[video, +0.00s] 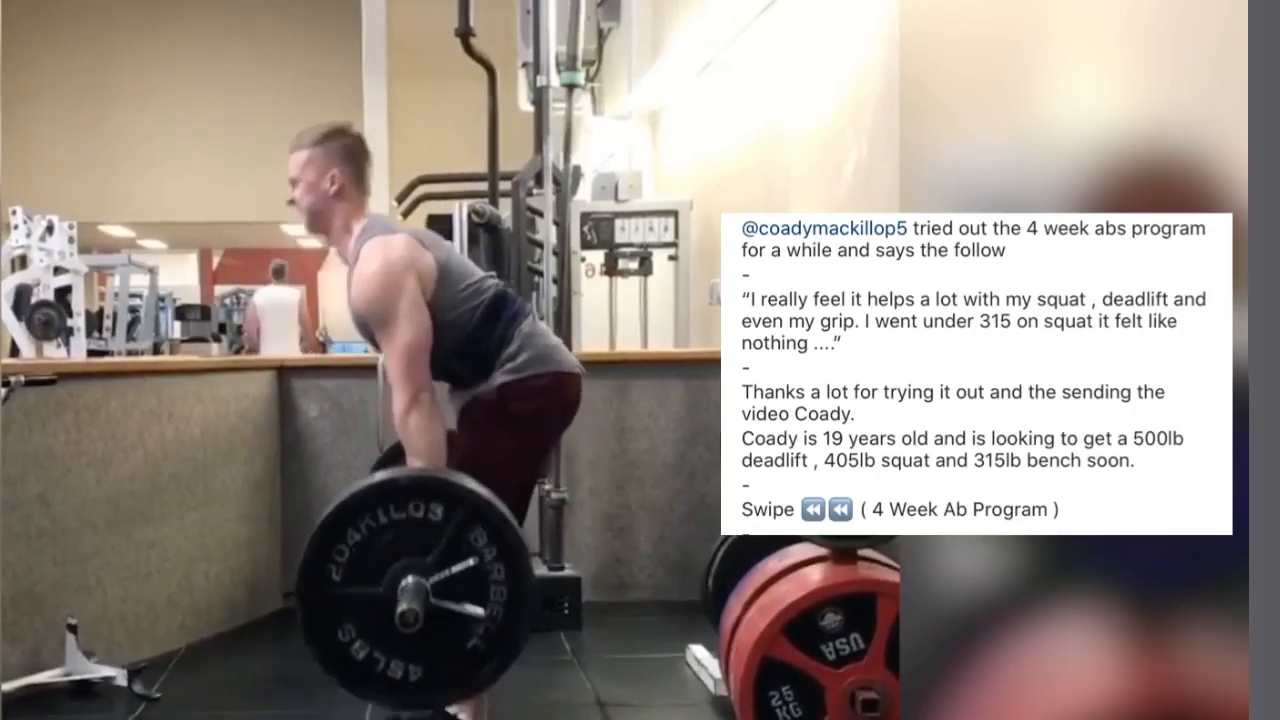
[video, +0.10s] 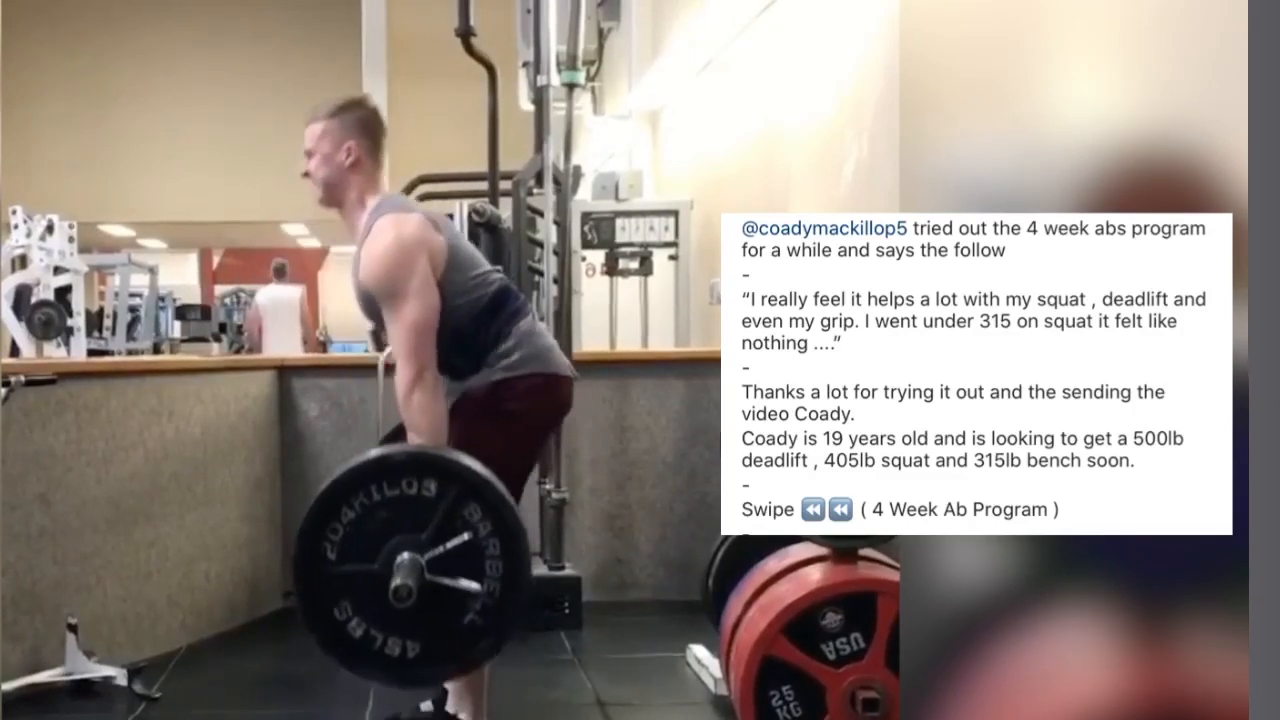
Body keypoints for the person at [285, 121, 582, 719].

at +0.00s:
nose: (290, 196)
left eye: (297, 182)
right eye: (290, 184)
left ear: (335, 180)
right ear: (336, 183)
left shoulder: (384, 263)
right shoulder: (366, 258)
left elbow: (416, 402)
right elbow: (400, 385)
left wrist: (434, 522)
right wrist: (418, 509)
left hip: (528, 380)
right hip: (500, 381)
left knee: (463, 538)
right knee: (455, 533)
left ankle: (465, 701)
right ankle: (453, 696)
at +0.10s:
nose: (304, 168)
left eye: (312, 153)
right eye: (304, 155)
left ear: (350, 154)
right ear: (353, 156)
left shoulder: (395, 237)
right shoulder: (383, 233)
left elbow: (419, 380)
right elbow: (411, 373)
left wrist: (433, 504)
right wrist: (416, 498)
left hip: (520, 379)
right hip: (495, 378)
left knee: (456, 538)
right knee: (445, 531)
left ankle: (466, 708)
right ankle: (454, 700)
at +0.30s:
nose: (344, 120)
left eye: (353, 105)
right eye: (345, 106)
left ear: (393, 104)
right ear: (393, 108)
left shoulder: (420, 195)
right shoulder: (410, 184)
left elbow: (429, 339)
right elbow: (435, 307)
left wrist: (424, 461)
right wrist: (406, 332)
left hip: (487, 381)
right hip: (475, 374)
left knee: (459, 548)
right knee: (451, 542)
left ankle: (466, 708)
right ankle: (458, 696)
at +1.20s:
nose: (375, 104)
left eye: (383, 89)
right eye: (374, 91)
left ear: (421, 89)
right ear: (425, 92)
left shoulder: (445, 184)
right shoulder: (435, 175)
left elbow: (438, 325)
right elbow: (432, 316)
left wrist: (418, 442)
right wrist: (410, 425)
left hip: (476, 380)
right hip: (470, 375)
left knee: (440, 542)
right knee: (448, 542)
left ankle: (467, 707)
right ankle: (463, 699)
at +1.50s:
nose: (293, 174)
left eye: (301, 159)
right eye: (293, 160)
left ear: (339, 160)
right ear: (342, 162)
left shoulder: (389, 242)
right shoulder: (375, 236)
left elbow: (414, 394)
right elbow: (404, 380)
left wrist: (424, 519)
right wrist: (412, 513)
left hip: (518, 381)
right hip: (491, 381)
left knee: (456, 538)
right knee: (447, 533)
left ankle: (468, 703)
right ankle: (457, 698)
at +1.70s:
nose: (256, 241)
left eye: (263, 228)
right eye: (257, 229)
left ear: (299, 228)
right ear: (299, 228)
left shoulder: (365, 305)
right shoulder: (355, 294)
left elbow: (408, 444)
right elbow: (404, 436)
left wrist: (425, 558)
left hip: (530, 379)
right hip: (514, 378)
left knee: (458, 530)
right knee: (459, 529)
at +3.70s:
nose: (275, 282)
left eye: (283, 270)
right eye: (276, 271)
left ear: (322, 270)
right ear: (320, 271)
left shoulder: (388, 345)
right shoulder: (367, 342)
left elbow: (421, 485)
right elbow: (393, 460)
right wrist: (412, 580)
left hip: (552, 406)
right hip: (523, 406)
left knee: (440, 532)